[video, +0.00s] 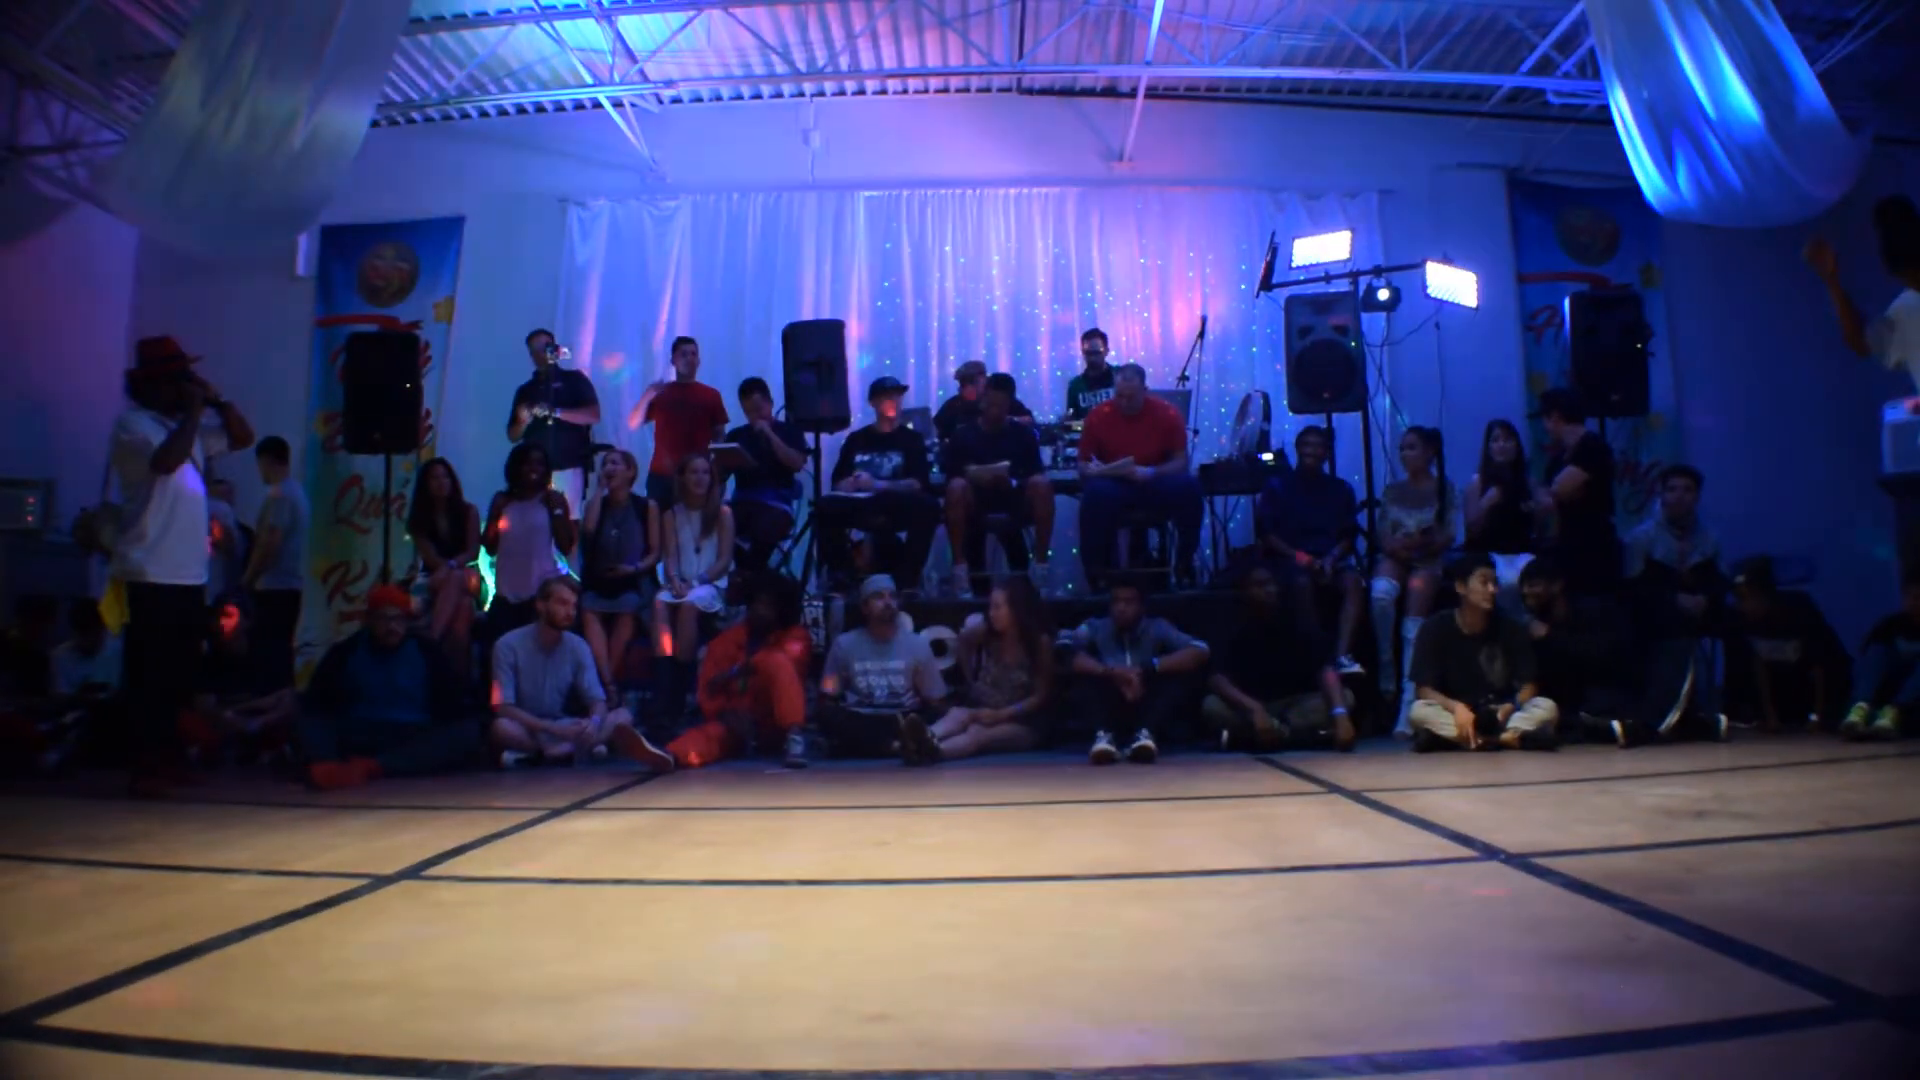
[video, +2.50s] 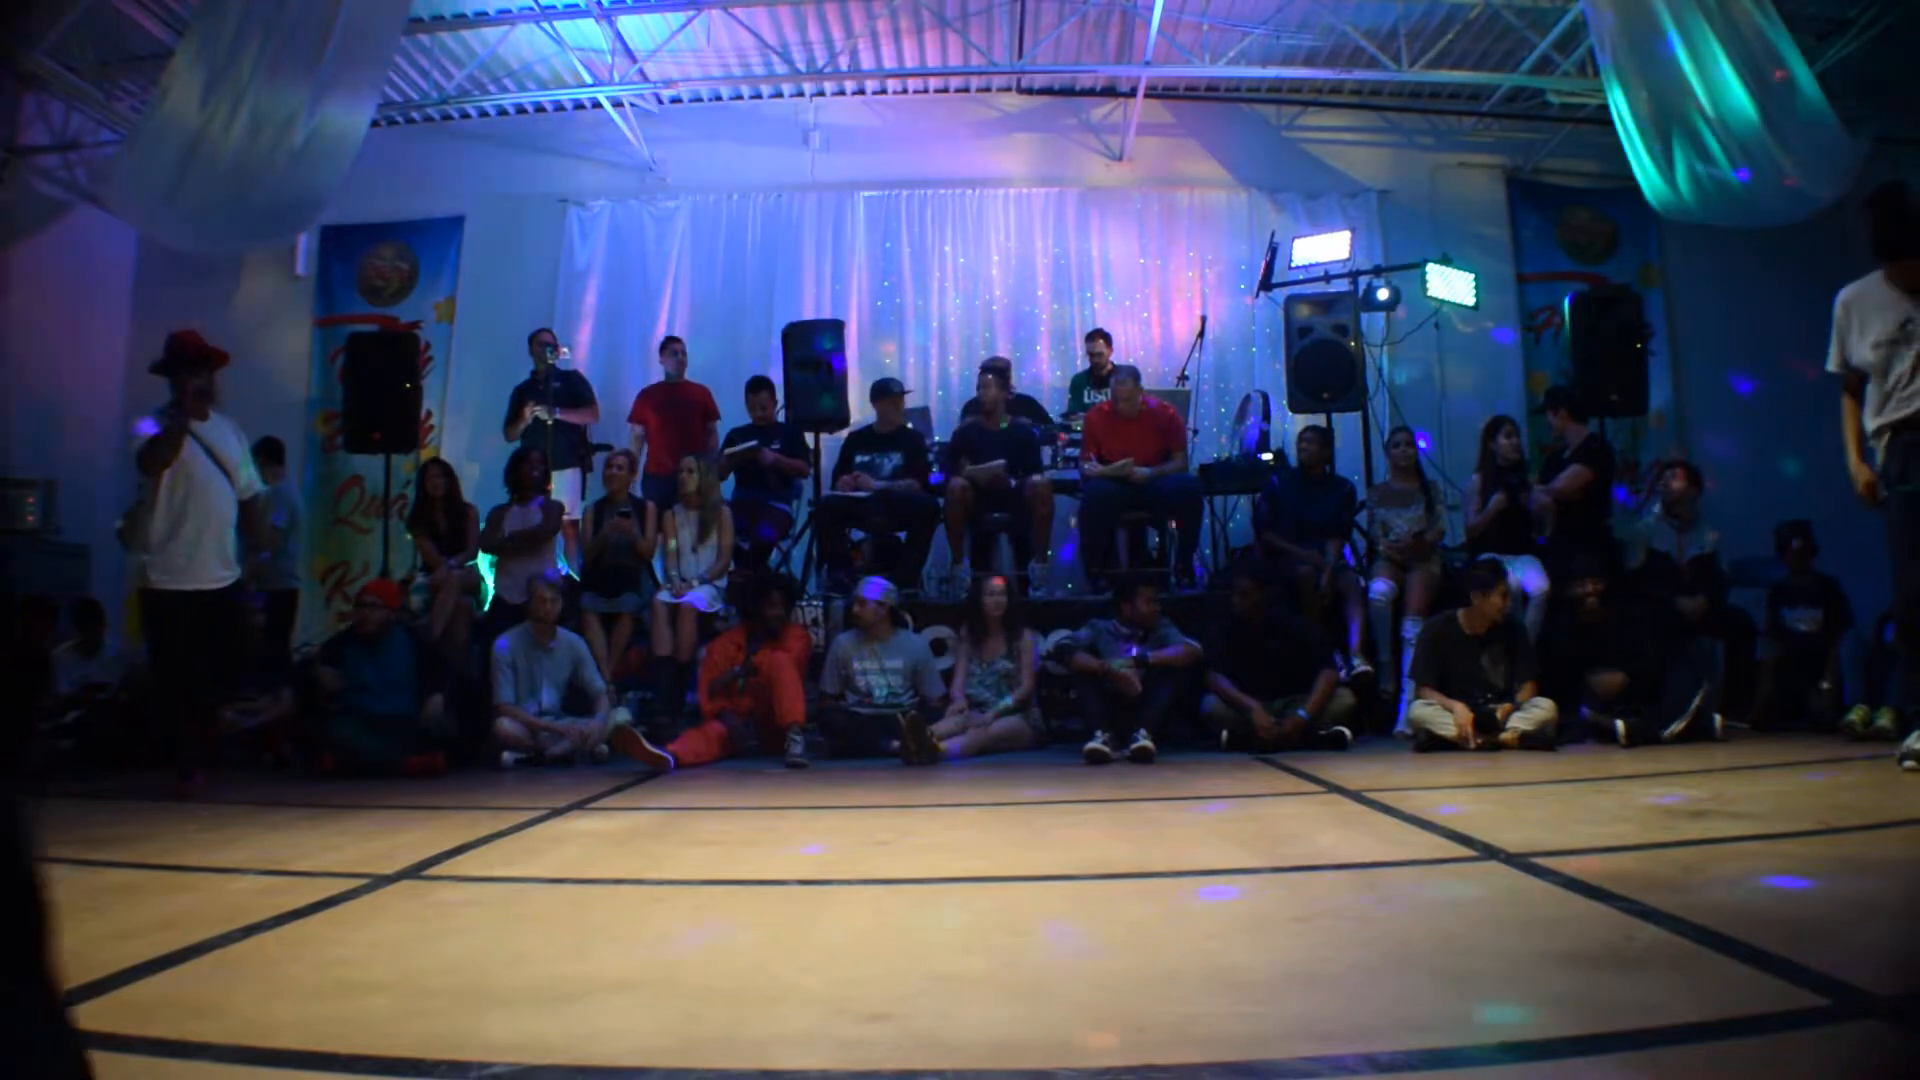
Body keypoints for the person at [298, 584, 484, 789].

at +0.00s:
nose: (392, 627)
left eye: (399, 620)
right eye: (385, 620)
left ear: (408, 621)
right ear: (370, 620)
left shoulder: (426, 653)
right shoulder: (344, 653)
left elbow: (449, 699)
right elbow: (315, 701)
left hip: (413, 732)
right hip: (355, 731)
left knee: (465, 734)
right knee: (312, 719)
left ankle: (375, 767)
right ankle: (326, 764)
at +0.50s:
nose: (397, 624)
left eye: (402, 617)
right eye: (389, 617)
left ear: (410, 618)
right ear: (372, 619)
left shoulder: (427, 652)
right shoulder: (346, 653)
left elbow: (445, 699)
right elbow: (319, 704)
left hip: (415, 733)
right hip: (358, 732)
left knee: (467, 734)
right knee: (307, 725)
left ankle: (377, 767)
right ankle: (328, 766)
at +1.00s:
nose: (396, 624)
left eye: (401, 616)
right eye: (388, 617)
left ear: (408, 617)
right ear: (371, 620)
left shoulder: (425, 651)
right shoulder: (344, 654)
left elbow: (447, 697)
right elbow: (317, 704)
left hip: (415, 732)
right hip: (357, 732)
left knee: (467, 733)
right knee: (307, 725)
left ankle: (379, 766)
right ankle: (327, 766)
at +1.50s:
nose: (381, 623)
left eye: (388, 616)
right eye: (375, 615)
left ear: (401, 619)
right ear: (364, 617)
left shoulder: (420, 648)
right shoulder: (347, 648)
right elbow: (317, 696)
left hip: (413, 729)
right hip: (356, 728)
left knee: (466, 735)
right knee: (305, 724)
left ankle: (379, 766)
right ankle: (328, 766)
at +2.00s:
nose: (384, 614)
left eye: (392, 606)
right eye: (378, 606)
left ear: (406, 611)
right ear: (369, 610)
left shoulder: (424, 645)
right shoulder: (351, 646)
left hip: (416, 722)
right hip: (365, 723)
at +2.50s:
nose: (365, 614)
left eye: (373, 607)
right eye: (361, 606)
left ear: (389, 612)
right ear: (354, 609)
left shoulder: (410, 642)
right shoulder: (345, 641)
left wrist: (435, 697)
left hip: (404, 717)